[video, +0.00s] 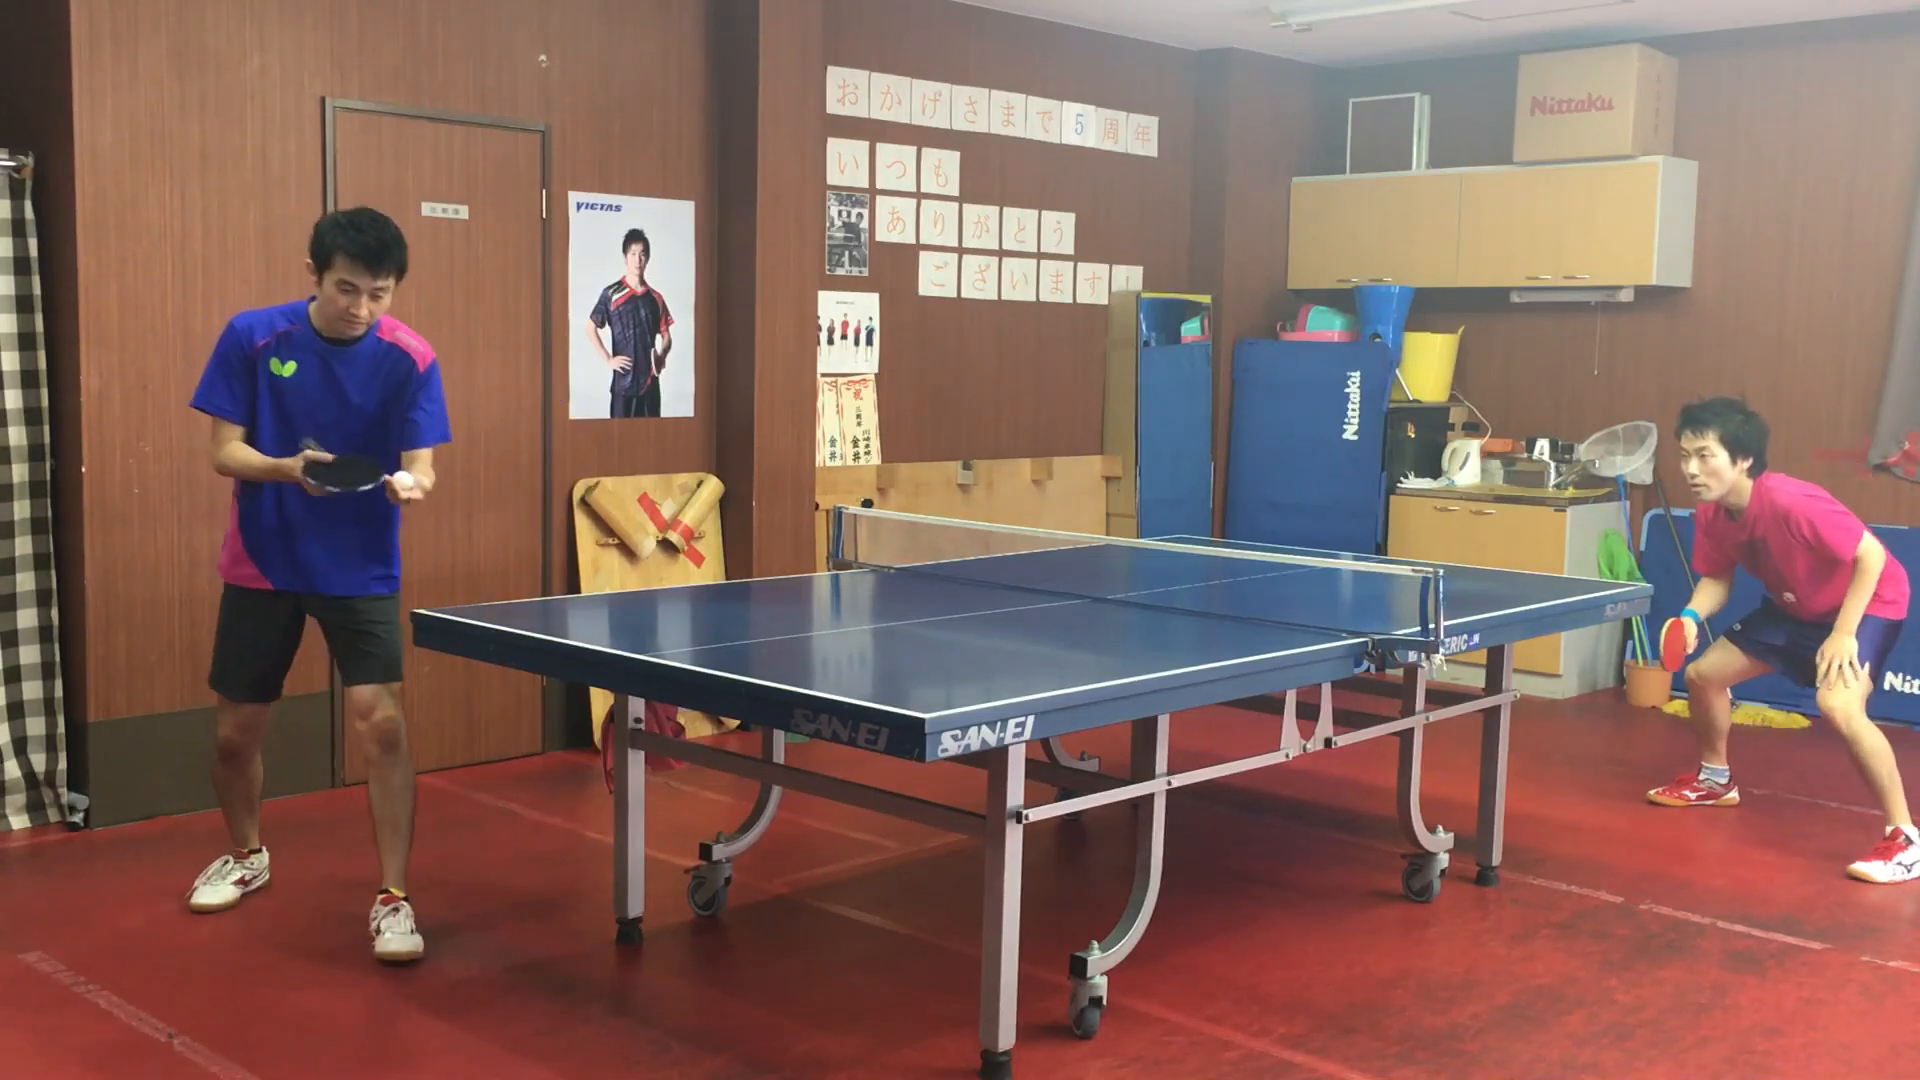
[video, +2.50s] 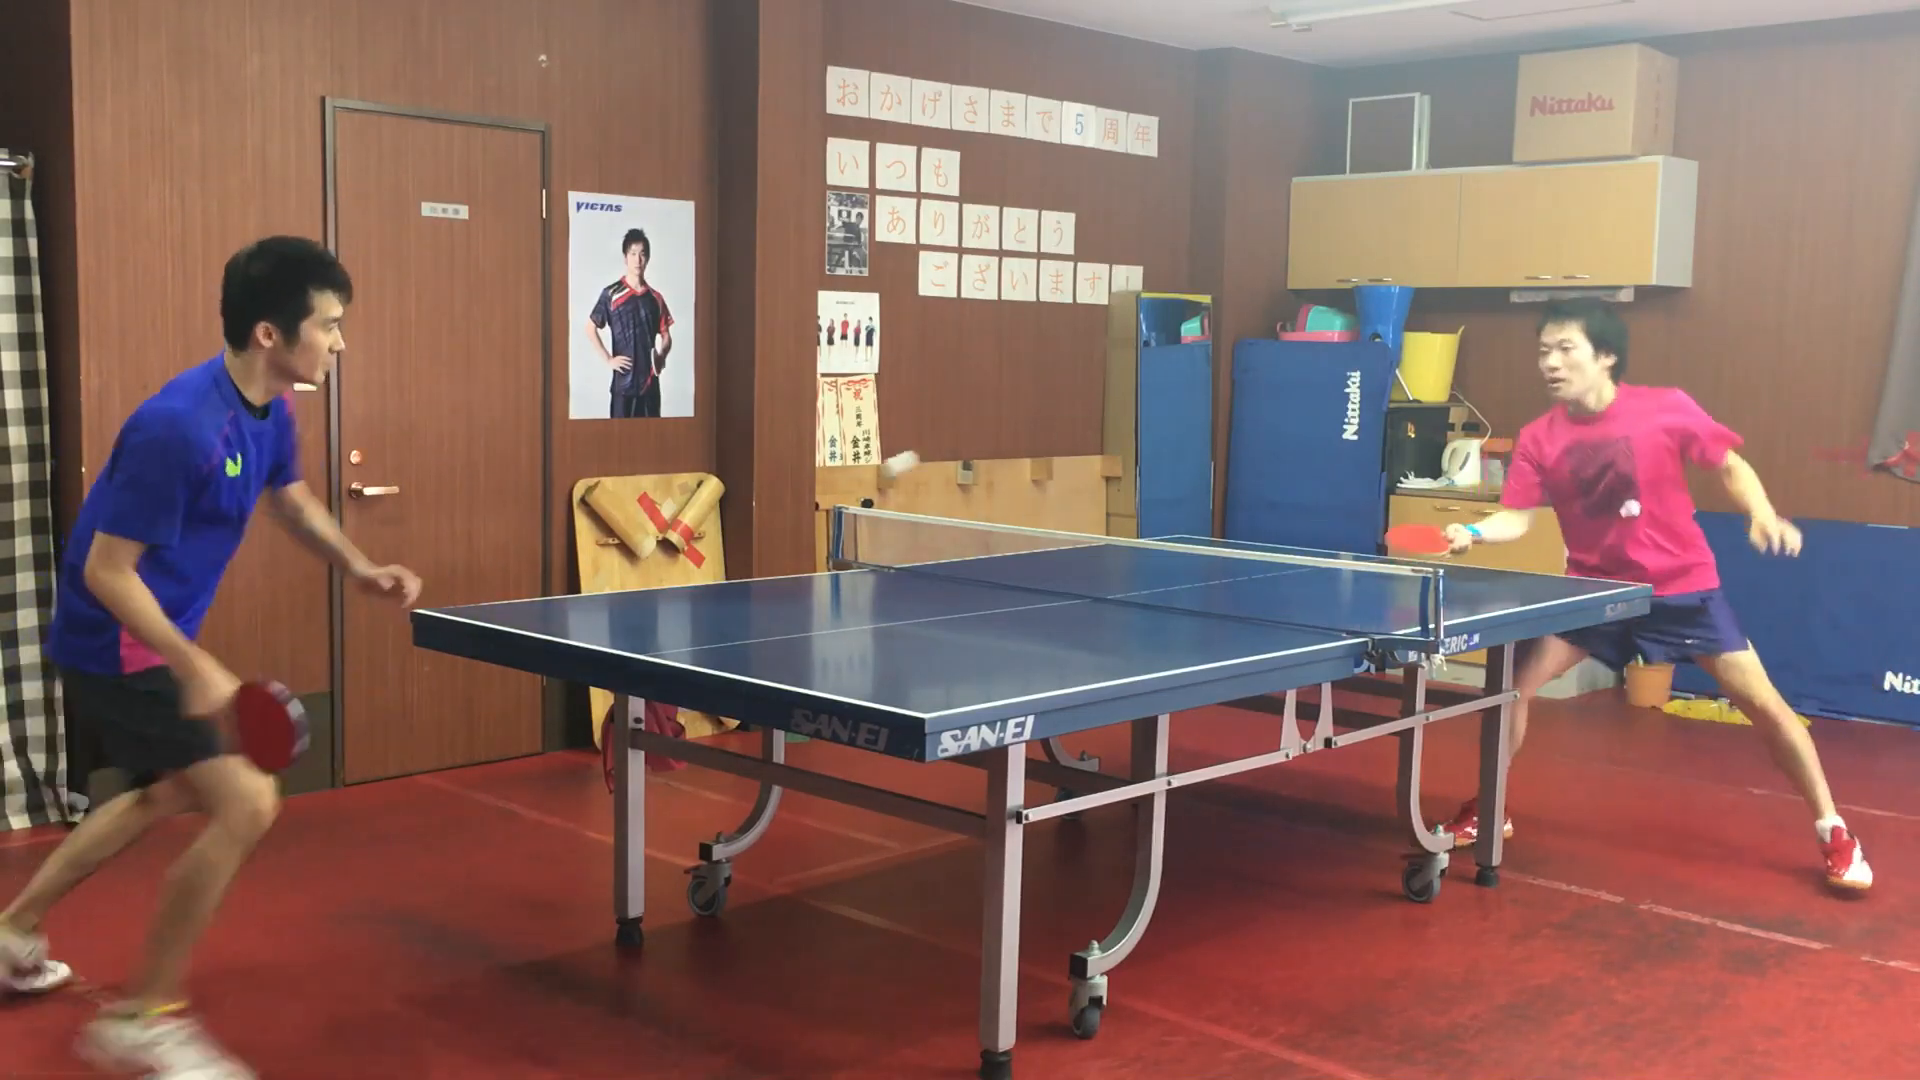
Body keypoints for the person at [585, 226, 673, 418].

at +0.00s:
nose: (638, 259)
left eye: (643, 254)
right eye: (633, 254)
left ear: (648, 258)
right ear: (625, 257)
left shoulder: (655, 297)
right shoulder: (611, 294)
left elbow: (666, 336)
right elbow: (591, 327)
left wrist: (662, 355)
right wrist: (608, 359)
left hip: (649, 378)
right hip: (624, 378)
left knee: (650, 435)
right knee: (622, 436)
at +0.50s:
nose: (638, 260)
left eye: (643, 254)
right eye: (633, 254)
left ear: (648, 258)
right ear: (625, 258)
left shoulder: (655, 297)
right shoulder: (611, 294)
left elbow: (666, 336)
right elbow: (591, 327)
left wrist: (662, 356)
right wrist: (608, 359)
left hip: (649, 378)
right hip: (624, 379)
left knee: (650, 435)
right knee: (622, 436)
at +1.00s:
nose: (639, 259)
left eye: (643, 254)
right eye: (633, 254)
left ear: (648, 258)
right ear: (625, 257)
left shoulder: (655, 297)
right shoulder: (611, 294)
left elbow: (666, 336)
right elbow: (591, 327)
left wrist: (662, 355)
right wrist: (608, 359)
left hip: (649, 378)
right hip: (624, 379)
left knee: (650, 436)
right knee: (622, 436)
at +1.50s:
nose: (639, 259)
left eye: (643, 254)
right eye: (633, 254)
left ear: (648, 258)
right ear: (625, 257)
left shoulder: (655, 297)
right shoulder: (611, 294)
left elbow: (666, 336)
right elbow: (591, 327)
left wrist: (662, 355)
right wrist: (608, 359)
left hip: (649, 378)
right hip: (624, 379)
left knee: (650, 436)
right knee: (622, 436)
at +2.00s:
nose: (639, 260)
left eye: (643, 254)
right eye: (633, 254)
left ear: (648, 258)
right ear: (625, 257)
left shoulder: (655, 297)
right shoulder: (611, 294)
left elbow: (666, 336)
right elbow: (590, 327)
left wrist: (661, 355)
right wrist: (608, 359)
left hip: (650, 380)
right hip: (624, 380)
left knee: (650, 437)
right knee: (622, 437)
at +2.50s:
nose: (639, 259)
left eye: (643, 254)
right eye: (633, 254)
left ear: (648, 258)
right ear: (625, 257)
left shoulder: (655, 297)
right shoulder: (611, 294)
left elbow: (665, 336)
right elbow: (590, 328)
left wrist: (661, 355)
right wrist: (608, 359)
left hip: (649, 379)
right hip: (624, 380)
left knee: (650, 436)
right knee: (622, 436)